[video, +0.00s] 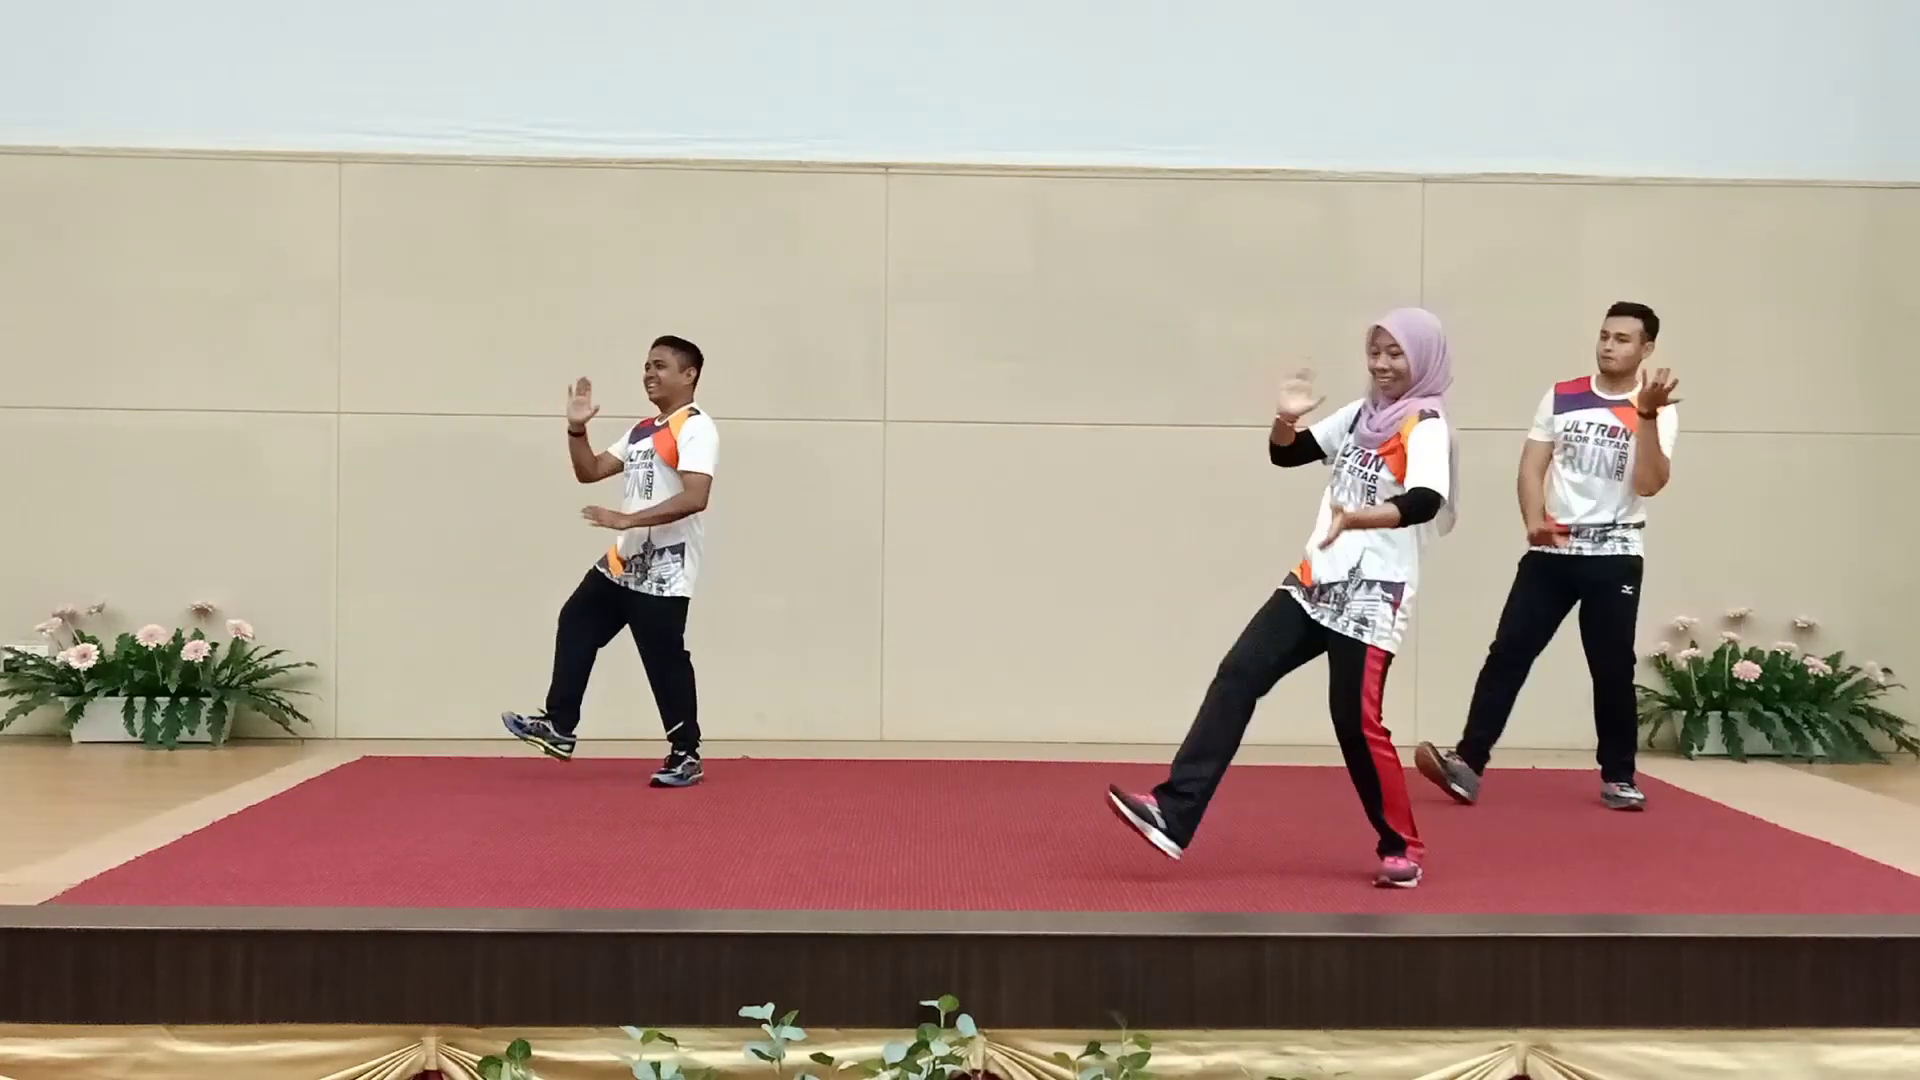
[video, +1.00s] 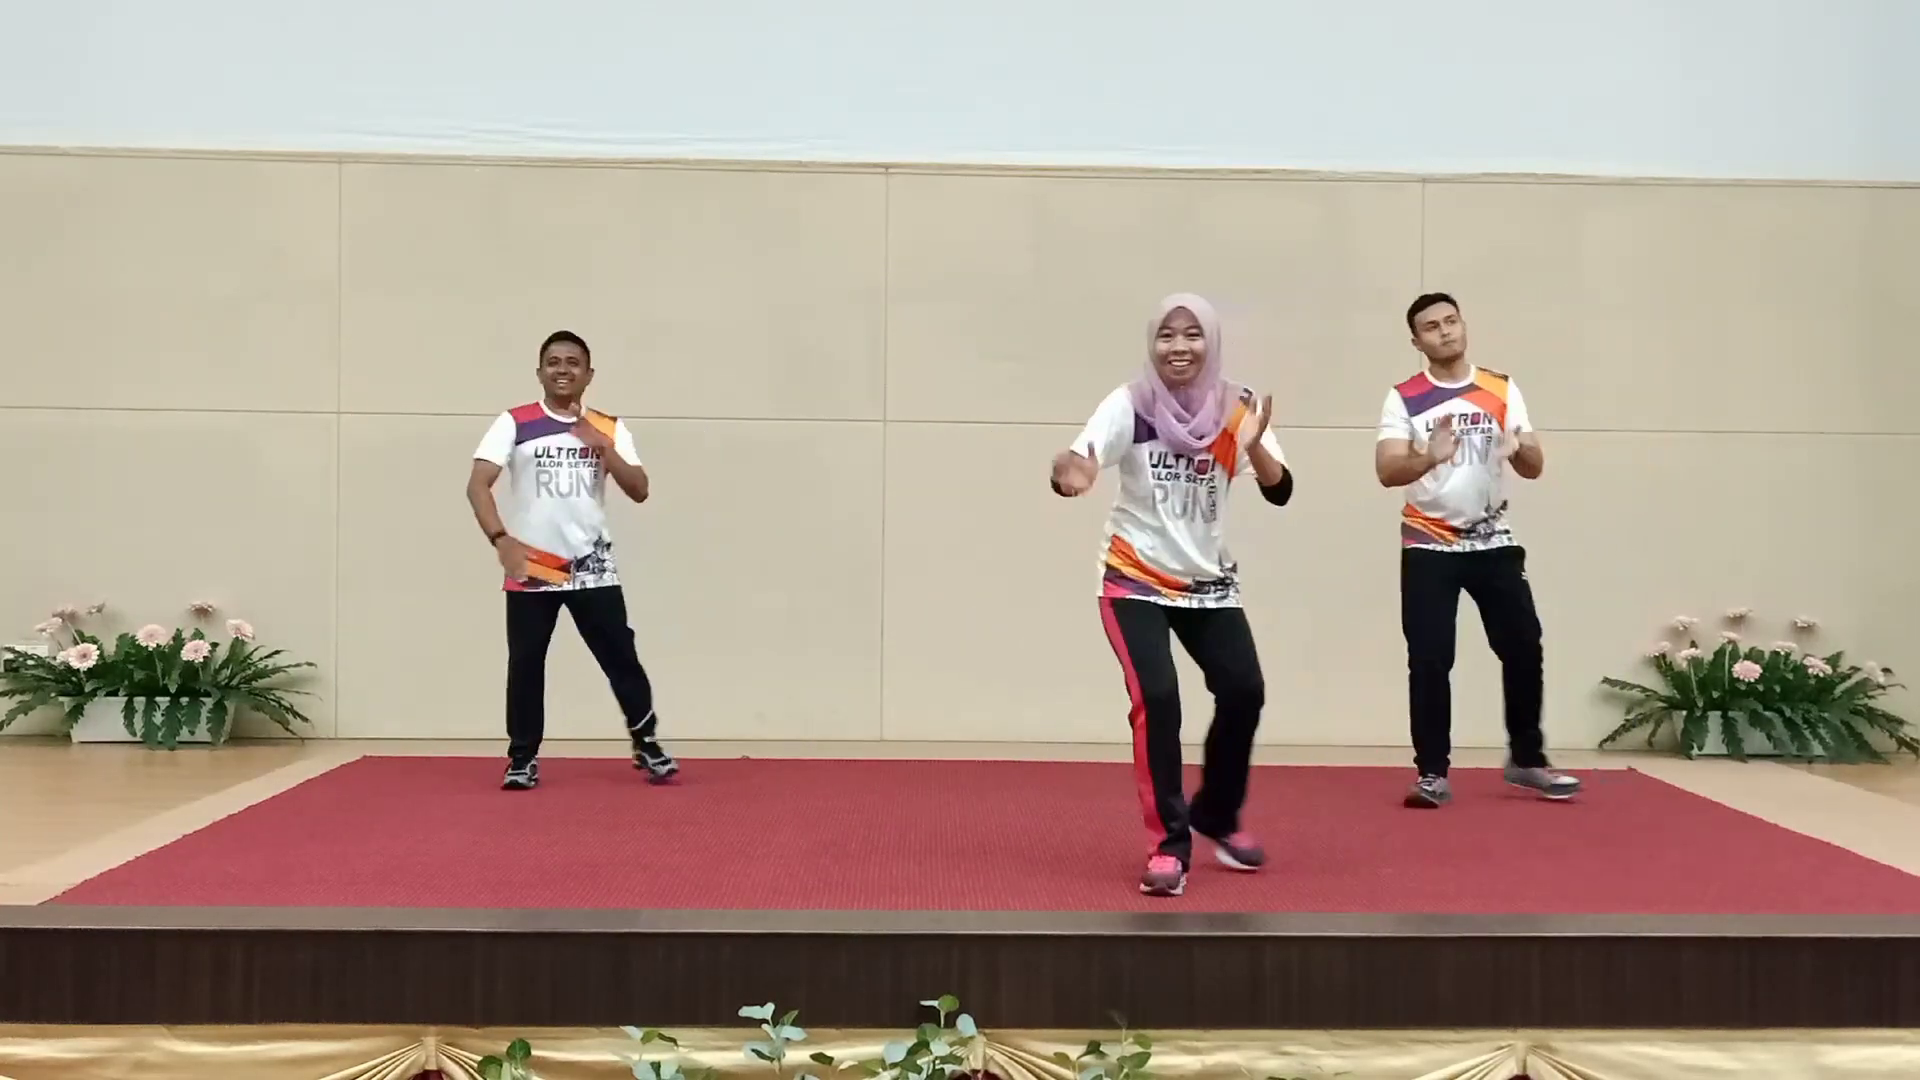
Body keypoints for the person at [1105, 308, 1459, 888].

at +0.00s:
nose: (1382, 362)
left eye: (1395, 353)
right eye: (1376, 351)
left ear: (1425, 361)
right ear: (1368, 356)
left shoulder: (1426, 424)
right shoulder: (1361, 412)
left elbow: (1424, 502)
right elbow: (1287, 455)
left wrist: (1358, 517)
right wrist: (1285, 424)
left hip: (1374, 594)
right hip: (1316, 583)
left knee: (1357, 719)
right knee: (1239, 674)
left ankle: (1401, 848)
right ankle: (1174, 816)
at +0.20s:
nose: (1385, 363)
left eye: (1400, 355)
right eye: (1381, 352)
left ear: (1429, 369)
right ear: (1373, 360)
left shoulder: (1422, 438)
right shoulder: (1354, 418)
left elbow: (1420, 522)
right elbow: (1278, 464)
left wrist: (1356, 543)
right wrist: (1294, 425)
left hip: (1375, 601)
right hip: (1315, 590)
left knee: (1354, 726)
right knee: (1243, 696)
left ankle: (1401, 849)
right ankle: (1186, 841)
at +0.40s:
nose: (1351, 322)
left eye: (1366, 313)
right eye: (1346, 312)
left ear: (1393, 328)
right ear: (1335, 322)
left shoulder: (1404, 398)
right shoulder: (1309, 375)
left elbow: (1420, 468)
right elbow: (1234, 420)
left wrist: (1368, 425)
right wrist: (1220, 399)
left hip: (1364, 576)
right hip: (1293, 564)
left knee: (1366, 711)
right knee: (1234, 680)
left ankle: (1397, 845)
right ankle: (1190, 827)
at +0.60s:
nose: (1305, 310)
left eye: (1319, 300)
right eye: (1296, 300)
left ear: (1344, 315)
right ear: (1282, 314)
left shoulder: (1366, 380)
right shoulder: (1258, 370)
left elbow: (1404, 441)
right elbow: (1199, 421)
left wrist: (1365, 374)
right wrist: (1168, 439)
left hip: (1334, 564)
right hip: (1258, 557)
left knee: (1353, 701)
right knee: (1220, 684)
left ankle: (1392, 843)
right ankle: (1181, 828)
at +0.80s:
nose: (1236, 335)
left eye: (1251, 325)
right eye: (1226, 325)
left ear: (1272, 340)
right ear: (1211, 338)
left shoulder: (1294, 407)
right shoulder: (1187, 401)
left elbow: (1344, 473)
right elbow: (1135, 475)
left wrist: (1306, 399)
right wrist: (1120, 527)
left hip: (1269, 580)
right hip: (1191, 573)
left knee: (1313, 708)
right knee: (1180, 699)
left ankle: (1377, 840)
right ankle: (1171, 847)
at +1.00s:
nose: (1180, 345)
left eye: (1193, 335)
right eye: (1167, 335)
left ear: (1212, 345)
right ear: (1152, 346)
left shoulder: (1234, 409)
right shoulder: (1129, 403)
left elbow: (1279, 494)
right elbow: (1081, 460)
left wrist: (1258, 446)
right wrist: (1070, 471)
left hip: (1205, 582)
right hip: (1134, 579)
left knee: (1243, 693)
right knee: (1158, 697)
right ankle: (1171, 843)